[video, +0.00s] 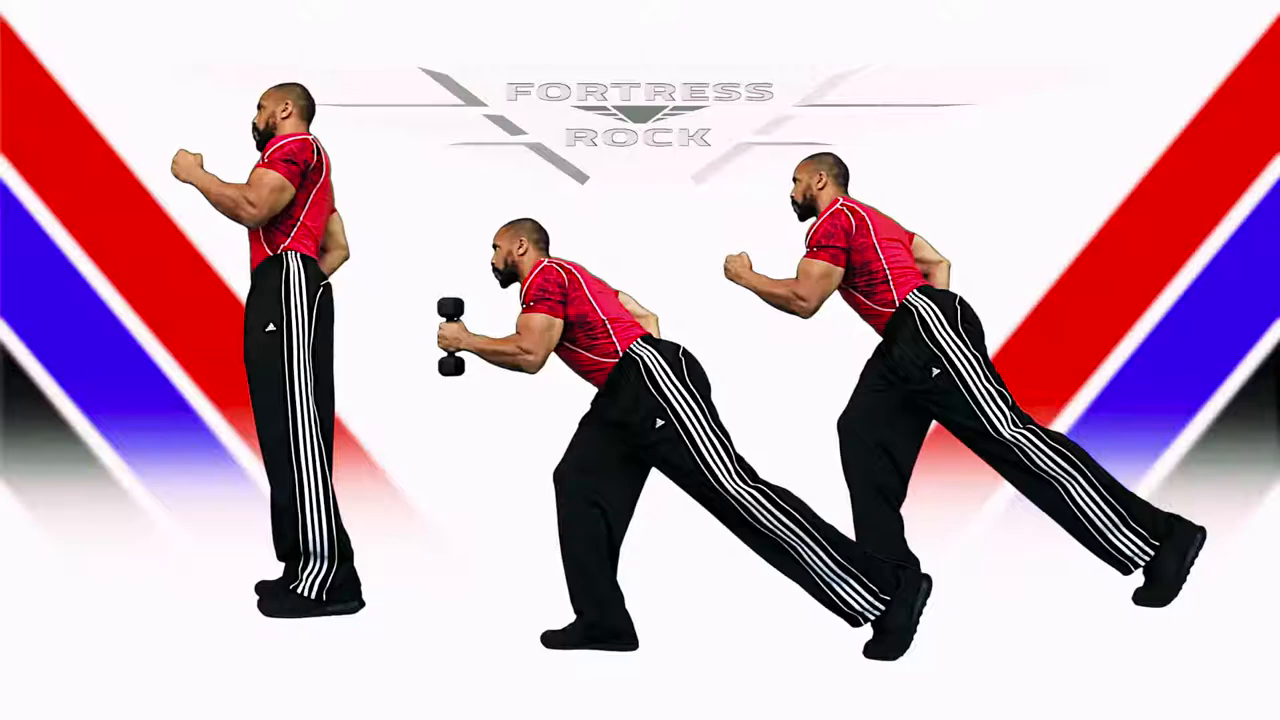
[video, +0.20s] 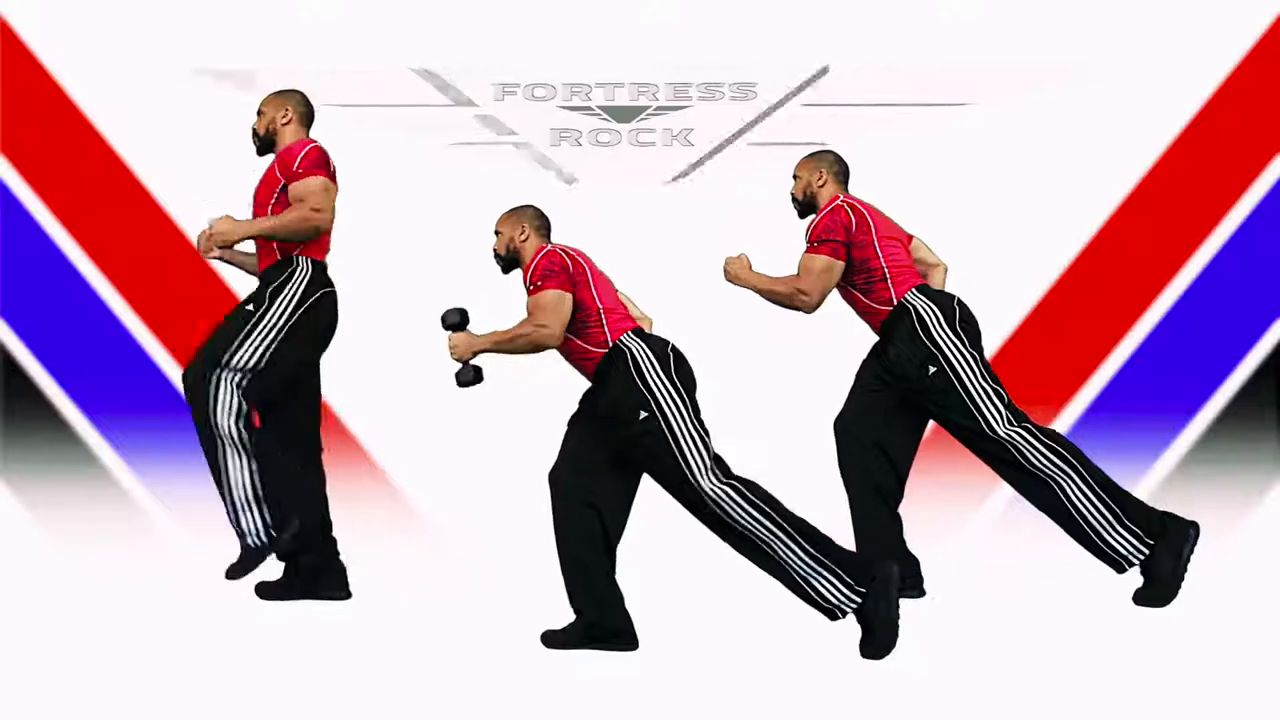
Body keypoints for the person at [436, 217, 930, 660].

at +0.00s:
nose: (494, 260)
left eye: (500, 250)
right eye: (494, 253)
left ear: (526, 244)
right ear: (529, 249)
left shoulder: (547, 274)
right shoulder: (569, 281)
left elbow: (529, 352)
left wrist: (465, 340)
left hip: (649, 375)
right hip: (623, 394)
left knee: (737, 493)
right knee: (580, 484)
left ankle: (886, 594)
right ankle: (603, 621)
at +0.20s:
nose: (495, 244)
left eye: (501, 234)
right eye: (495, 237)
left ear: (527, 230)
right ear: (530, 237)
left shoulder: (550, 258)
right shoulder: (568, 268)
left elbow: (546, 328)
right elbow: (638, 320)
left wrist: (478, 344)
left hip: (638, 368)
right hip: (611, 388)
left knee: (709, 489)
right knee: (575, 487)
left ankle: (860, 589)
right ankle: (603, 621)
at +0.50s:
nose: (518, 202)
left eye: (522, 192)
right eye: (518, 194)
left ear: (548, 189)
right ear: (548, 190)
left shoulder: (573, 215)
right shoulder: (565, 246)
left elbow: (620, 260)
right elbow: (584, 328)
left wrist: (582, 327)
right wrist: (524, 332)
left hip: (614, 340)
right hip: (621, 356)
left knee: (516, 412)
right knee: (591, 481)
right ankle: (605, 620)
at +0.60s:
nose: (525, 192)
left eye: (529, 182)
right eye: (525, 185)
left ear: (554, 179)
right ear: (558, 181)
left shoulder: (583, 206)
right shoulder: (565, 235)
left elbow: (639, 247)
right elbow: (565, 315)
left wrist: (614, 315)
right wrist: (507, 299)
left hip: (595, 334)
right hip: (610, 350)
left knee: (492, 365)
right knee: (590, 488)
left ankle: (519, 490)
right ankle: (605, 621)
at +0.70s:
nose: (529, 191)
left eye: (534, 181)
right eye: (529, 183)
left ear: (560, 177)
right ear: (562, 179)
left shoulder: (585, 206)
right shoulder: (568, 236)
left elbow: (646, 249)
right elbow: (549, 312)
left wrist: (626, 319)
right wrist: (499, 282)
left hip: (596, 330)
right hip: (604, 353)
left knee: (488, 349)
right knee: (581, 483)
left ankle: (506, 475)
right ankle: (603, 620)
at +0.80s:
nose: (532, 191)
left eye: (537, 181)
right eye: (532, 183)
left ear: (564, 179)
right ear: (564, 180)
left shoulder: (586, 209)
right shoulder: (568, 239)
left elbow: (643, 256)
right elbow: (545, 310)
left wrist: (627, 327)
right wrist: (497, 278)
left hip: (597, 328)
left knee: (487, 358)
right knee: (578, 491)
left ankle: (506, 485)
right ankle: (602, 623)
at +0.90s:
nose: (532, 191)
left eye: (538, 181)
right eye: (532, 183)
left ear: (564, 179)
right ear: (562, 181)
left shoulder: (587, 208)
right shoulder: (566, 241)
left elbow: (642, 254)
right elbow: (547, 312)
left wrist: (629, 325)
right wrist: (499, 280)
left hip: (596, 328)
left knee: (485, 356)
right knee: (580, 489)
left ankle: (501, 485)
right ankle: (601, 622)